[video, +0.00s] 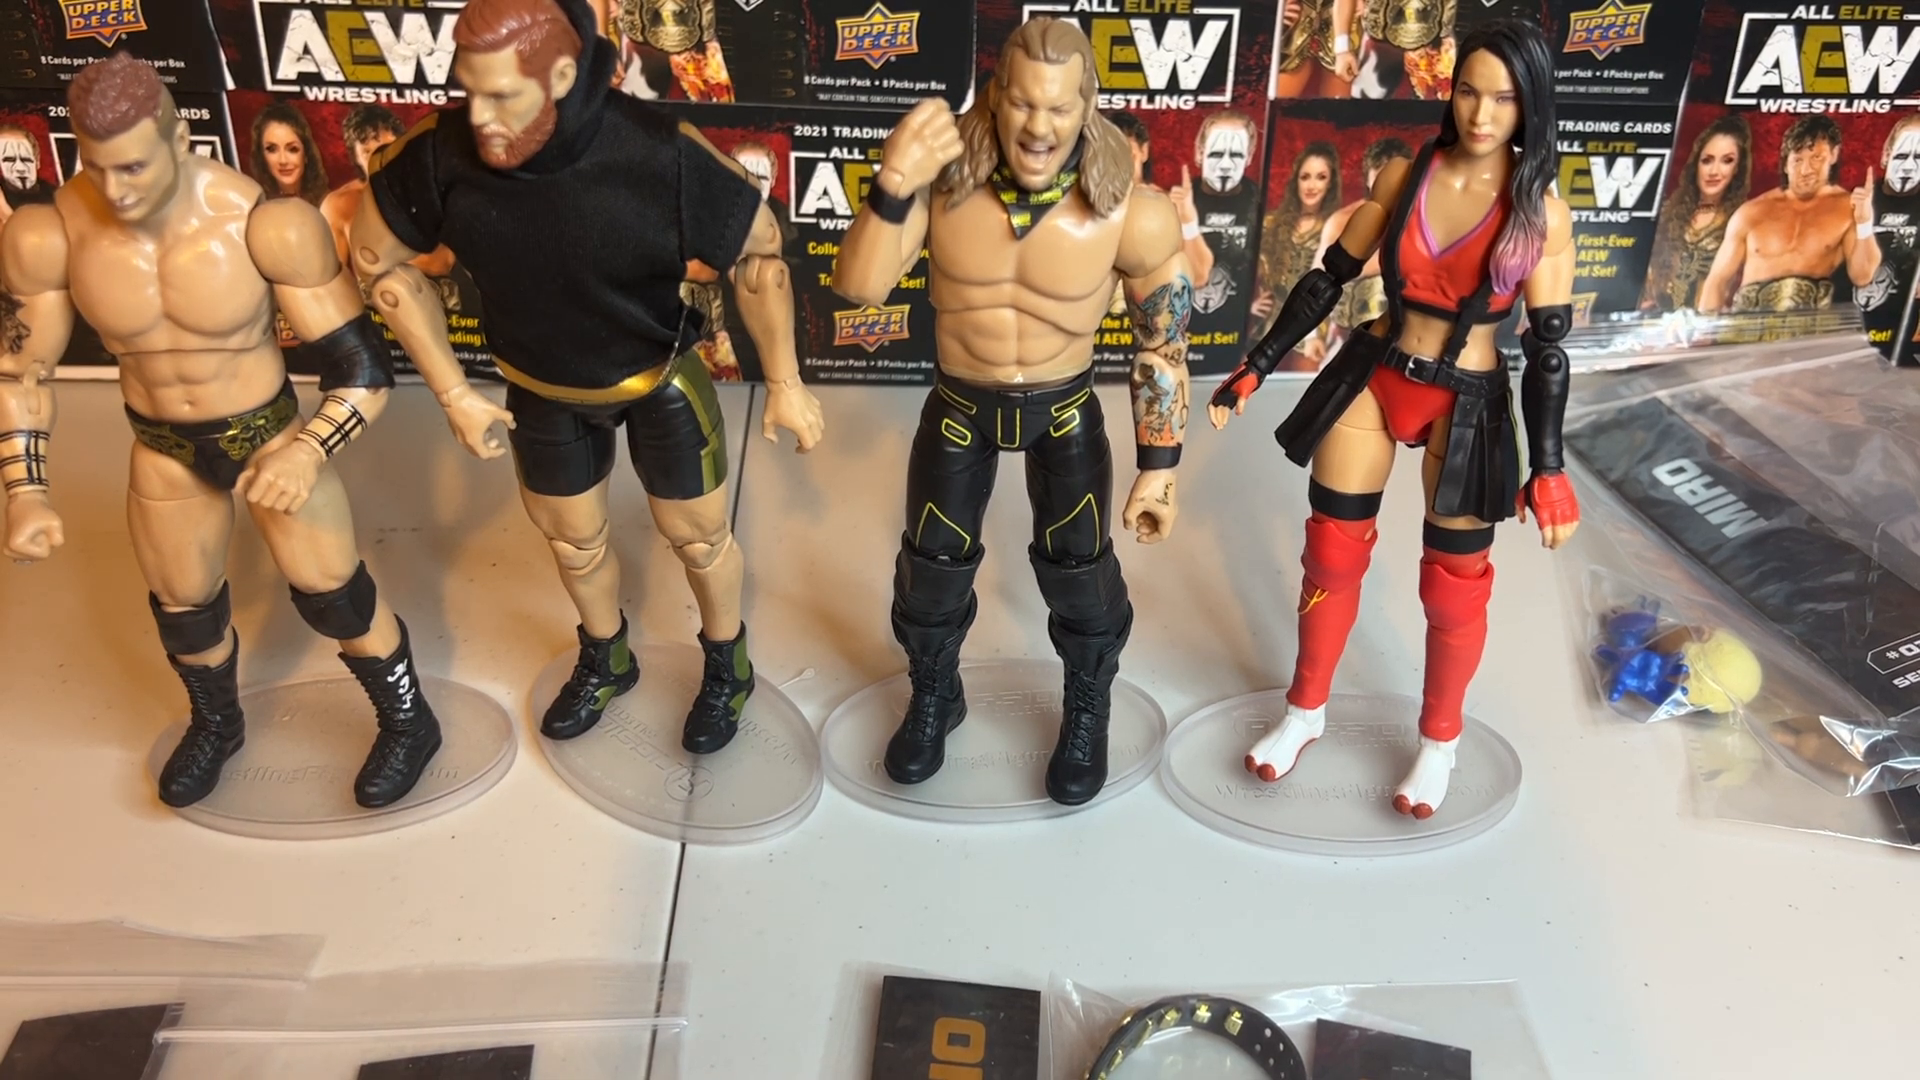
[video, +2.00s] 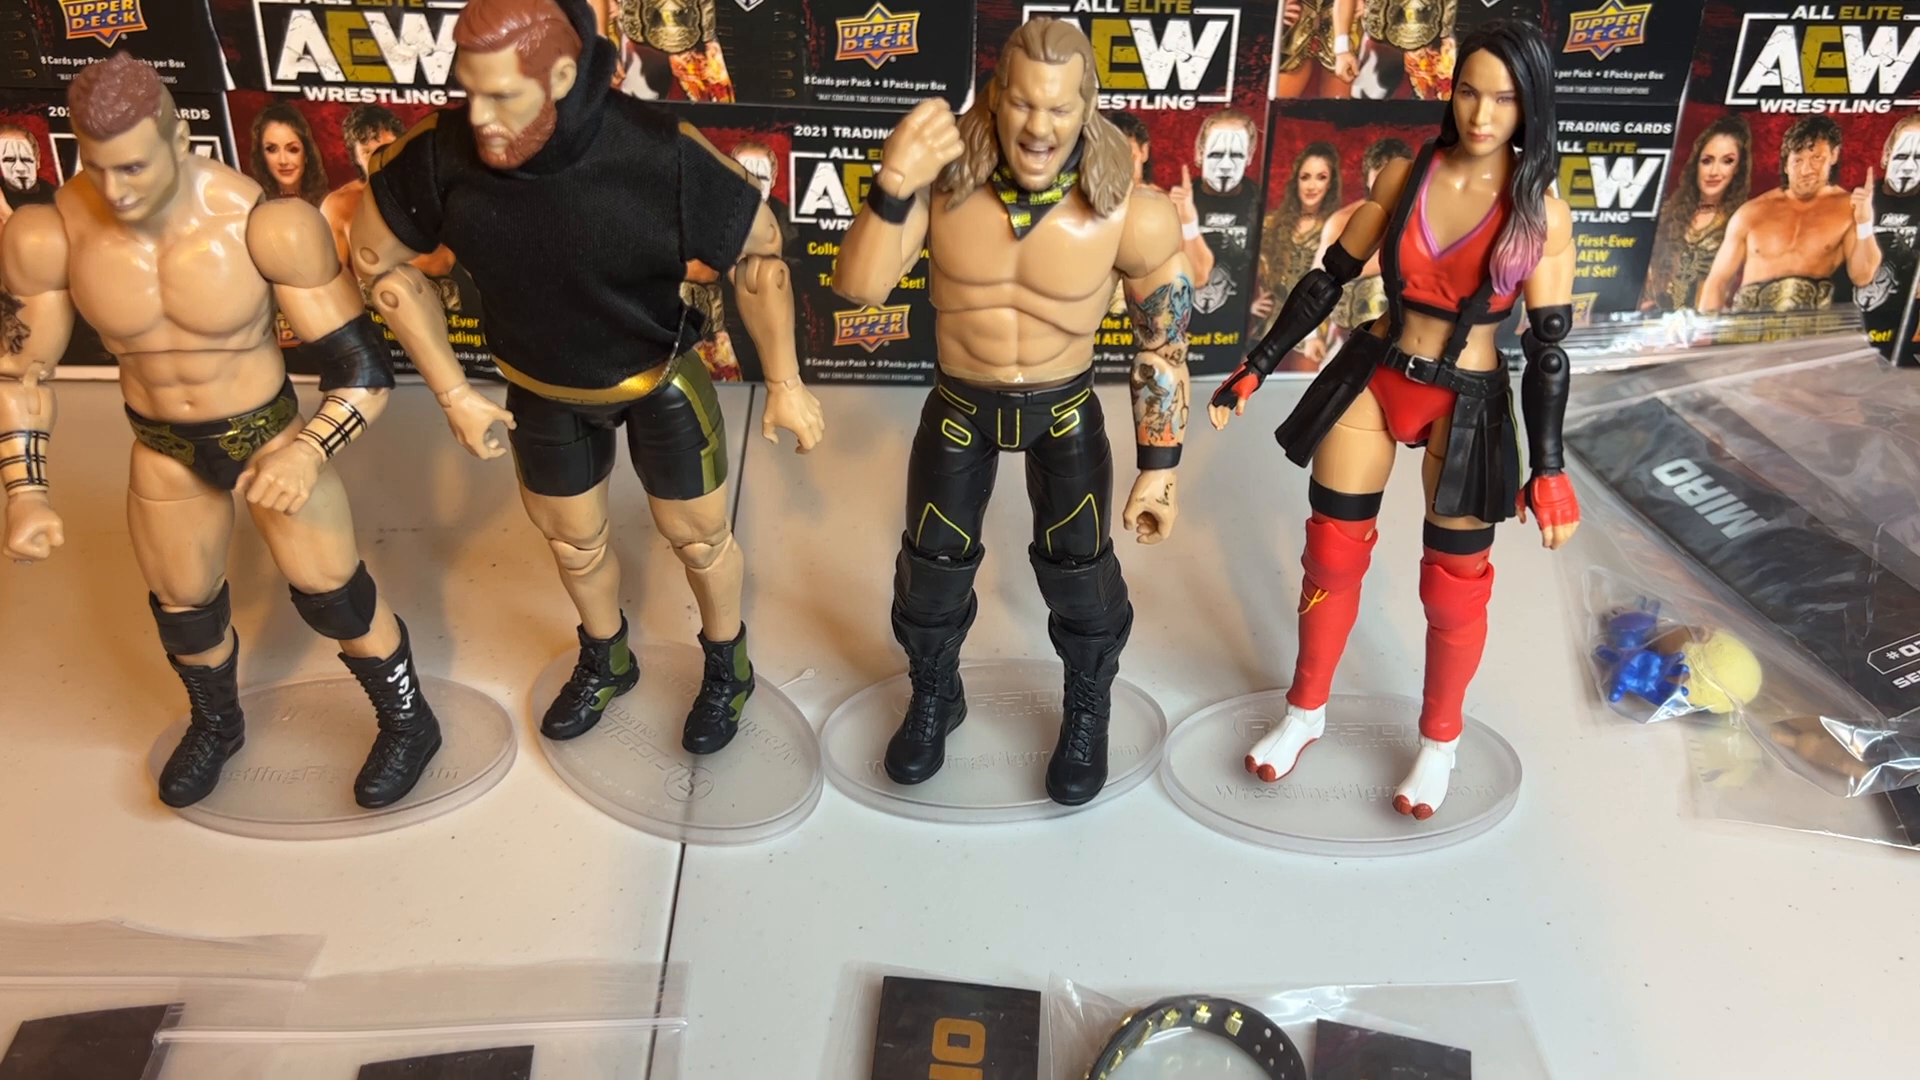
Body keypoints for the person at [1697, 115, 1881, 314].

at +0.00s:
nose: (1806, 169)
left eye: (1816, 158)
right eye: (1797, 160)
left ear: (1834, 156)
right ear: (1785, 162)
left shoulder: (1847, 207)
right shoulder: (1750, 212)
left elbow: (1861, 277)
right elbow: (1718, 281)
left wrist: (1864, 223)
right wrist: (1704, 335)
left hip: (1809, 313)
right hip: (1748, 311)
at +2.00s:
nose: (1806, 169)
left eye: (1816, 158)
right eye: (1797, 160)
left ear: (1834, 156)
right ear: (1785, 163)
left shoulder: (1848, 207)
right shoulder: (1750, 212)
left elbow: (1862, 277)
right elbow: (1718, 282)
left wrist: (1864, 223)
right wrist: (1704, 336)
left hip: (1810, 316)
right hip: (1748, 314)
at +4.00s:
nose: (1806, 170)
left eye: (1817, 158)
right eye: (1798, 160)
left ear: (1834, 156)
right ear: (1785, 163)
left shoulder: (1848, 207)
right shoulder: (1751, 213)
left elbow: (1862, 277)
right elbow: (1718, 281)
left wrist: (1864, 223)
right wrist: (1704, 336)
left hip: (1810, 316)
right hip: (1748, 313)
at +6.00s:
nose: (1806, 169)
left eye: (1817, 158)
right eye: (1798, 160)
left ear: (1834, 156)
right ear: (1785, 163)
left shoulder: (1848, 207)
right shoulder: (1751, 212)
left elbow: (1862, 277)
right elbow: (1718, 281)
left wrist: (1864, 223)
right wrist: (1704, 335)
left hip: (1810, 316)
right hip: (1749, 313)